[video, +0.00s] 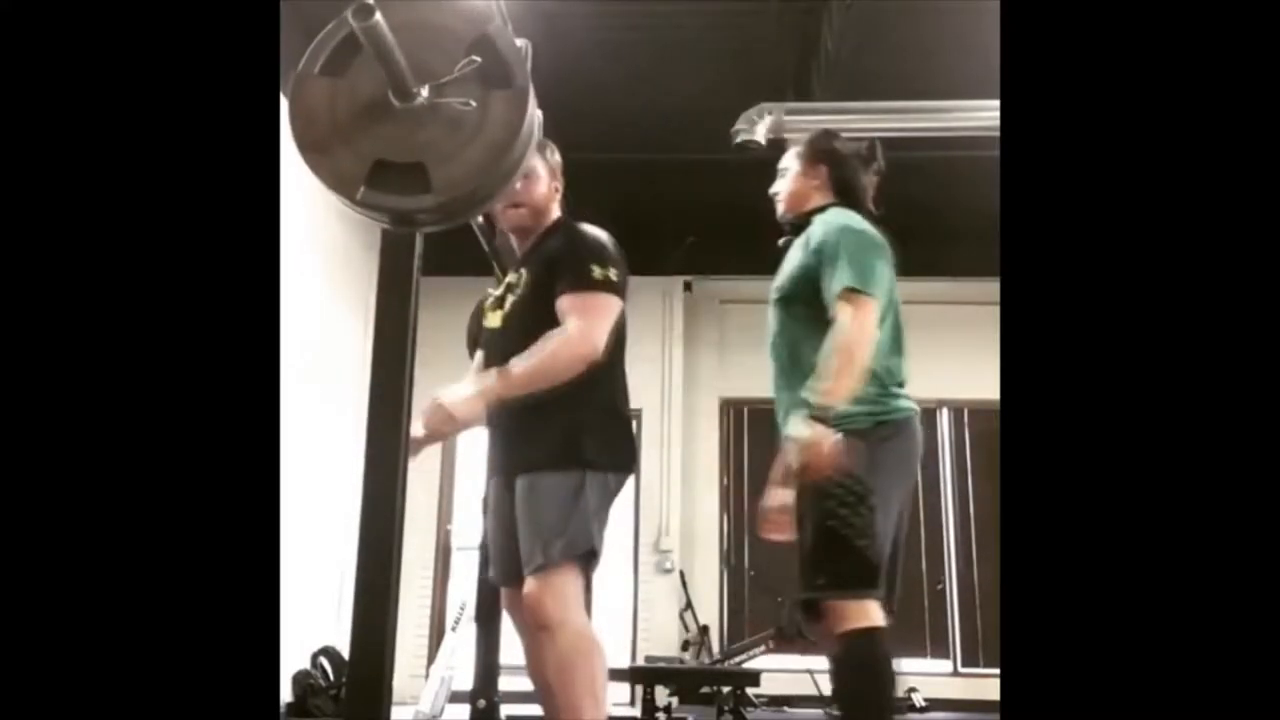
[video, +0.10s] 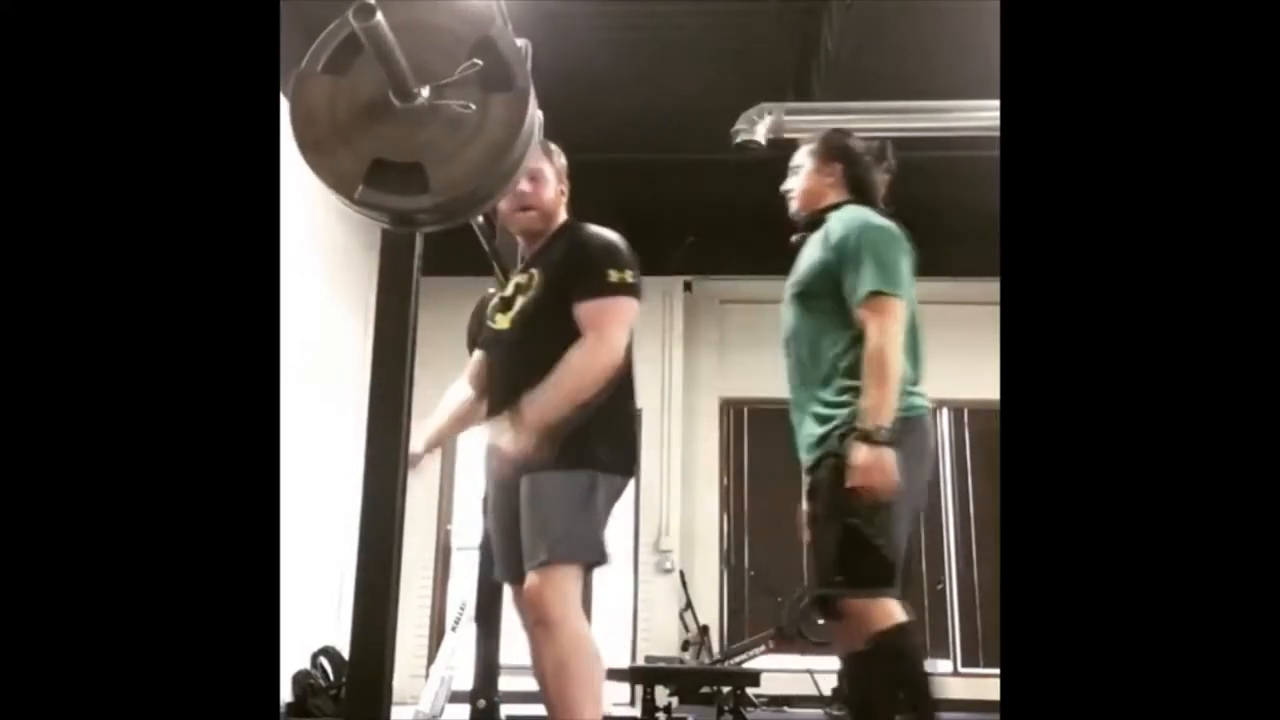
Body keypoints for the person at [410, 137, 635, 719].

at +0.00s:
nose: (514, 193)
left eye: (525, 178)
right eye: (502, 183)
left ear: (555, 180)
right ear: (487, 200)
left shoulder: (583, 243)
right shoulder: (502, 290)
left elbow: (585, 338)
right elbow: (485, 384)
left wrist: (486, 392)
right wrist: (422, 431)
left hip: (570, 454)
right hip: (515, 458)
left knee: (552, 599)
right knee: (522, 604)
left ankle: (588, 715)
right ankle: (565, 716)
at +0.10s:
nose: (521, 191)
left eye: (534, 177)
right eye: (509, 181)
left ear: (562, 187)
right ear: (493, 203)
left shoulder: (593, 246)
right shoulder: (500, 297)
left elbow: (606, 345)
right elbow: (478, 385)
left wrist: (530, 419)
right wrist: (425, 438)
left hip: (574, 452)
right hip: (514, 453)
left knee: (550, 598)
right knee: (532, 605)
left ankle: (584, 714)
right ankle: (568, 714)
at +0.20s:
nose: (535, 189)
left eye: (547, 177)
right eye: (522, 180)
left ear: (571, 190)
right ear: (504, 200)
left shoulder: (606, 250)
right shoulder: (501, 297)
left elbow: (628, 355)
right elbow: (474, 388)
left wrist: (589, 453)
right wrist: (438, 457)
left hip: (576, 454)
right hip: (513, 464)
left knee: (560, 591)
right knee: (535, 602)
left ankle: (592, 715)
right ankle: (565, 714)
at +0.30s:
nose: (551, 186)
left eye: (562, 174)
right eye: (536, 176)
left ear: (583, 187)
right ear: (515, 193)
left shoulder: (624, 250)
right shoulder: (507, 291)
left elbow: (662, 348)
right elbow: (478, 391)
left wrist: (665, 455)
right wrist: (452, 483)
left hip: (592, 449)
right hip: (516, 458)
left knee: (572, 581)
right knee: (543, 609)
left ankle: (615, 715)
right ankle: (573, 716)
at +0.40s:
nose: (577, 178)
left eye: (585, 165)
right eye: (561, 167)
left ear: (600, 175)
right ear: (531, 183)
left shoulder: (639, 245)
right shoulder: (515, 283)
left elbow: (694, 337)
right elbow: (492, 384)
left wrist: (725, 441)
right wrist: (485, 480)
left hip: (607, 448)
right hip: (527, 457)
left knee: (600, 582)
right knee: (550, 609)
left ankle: (643, 713)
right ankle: (576, 716)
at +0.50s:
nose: (604, 170)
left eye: (609, 158)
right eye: (587, 160)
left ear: (621, 166)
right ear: (548, 175)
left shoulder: (659, 241)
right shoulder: (523, 270)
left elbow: (718, 327)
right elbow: (501, 375)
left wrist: (755, 430)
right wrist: (503, 474)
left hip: (625, 452)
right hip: (539, 461)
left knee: (636, 589)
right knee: (558, 611)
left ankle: (660, 715)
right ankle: (574, 717)